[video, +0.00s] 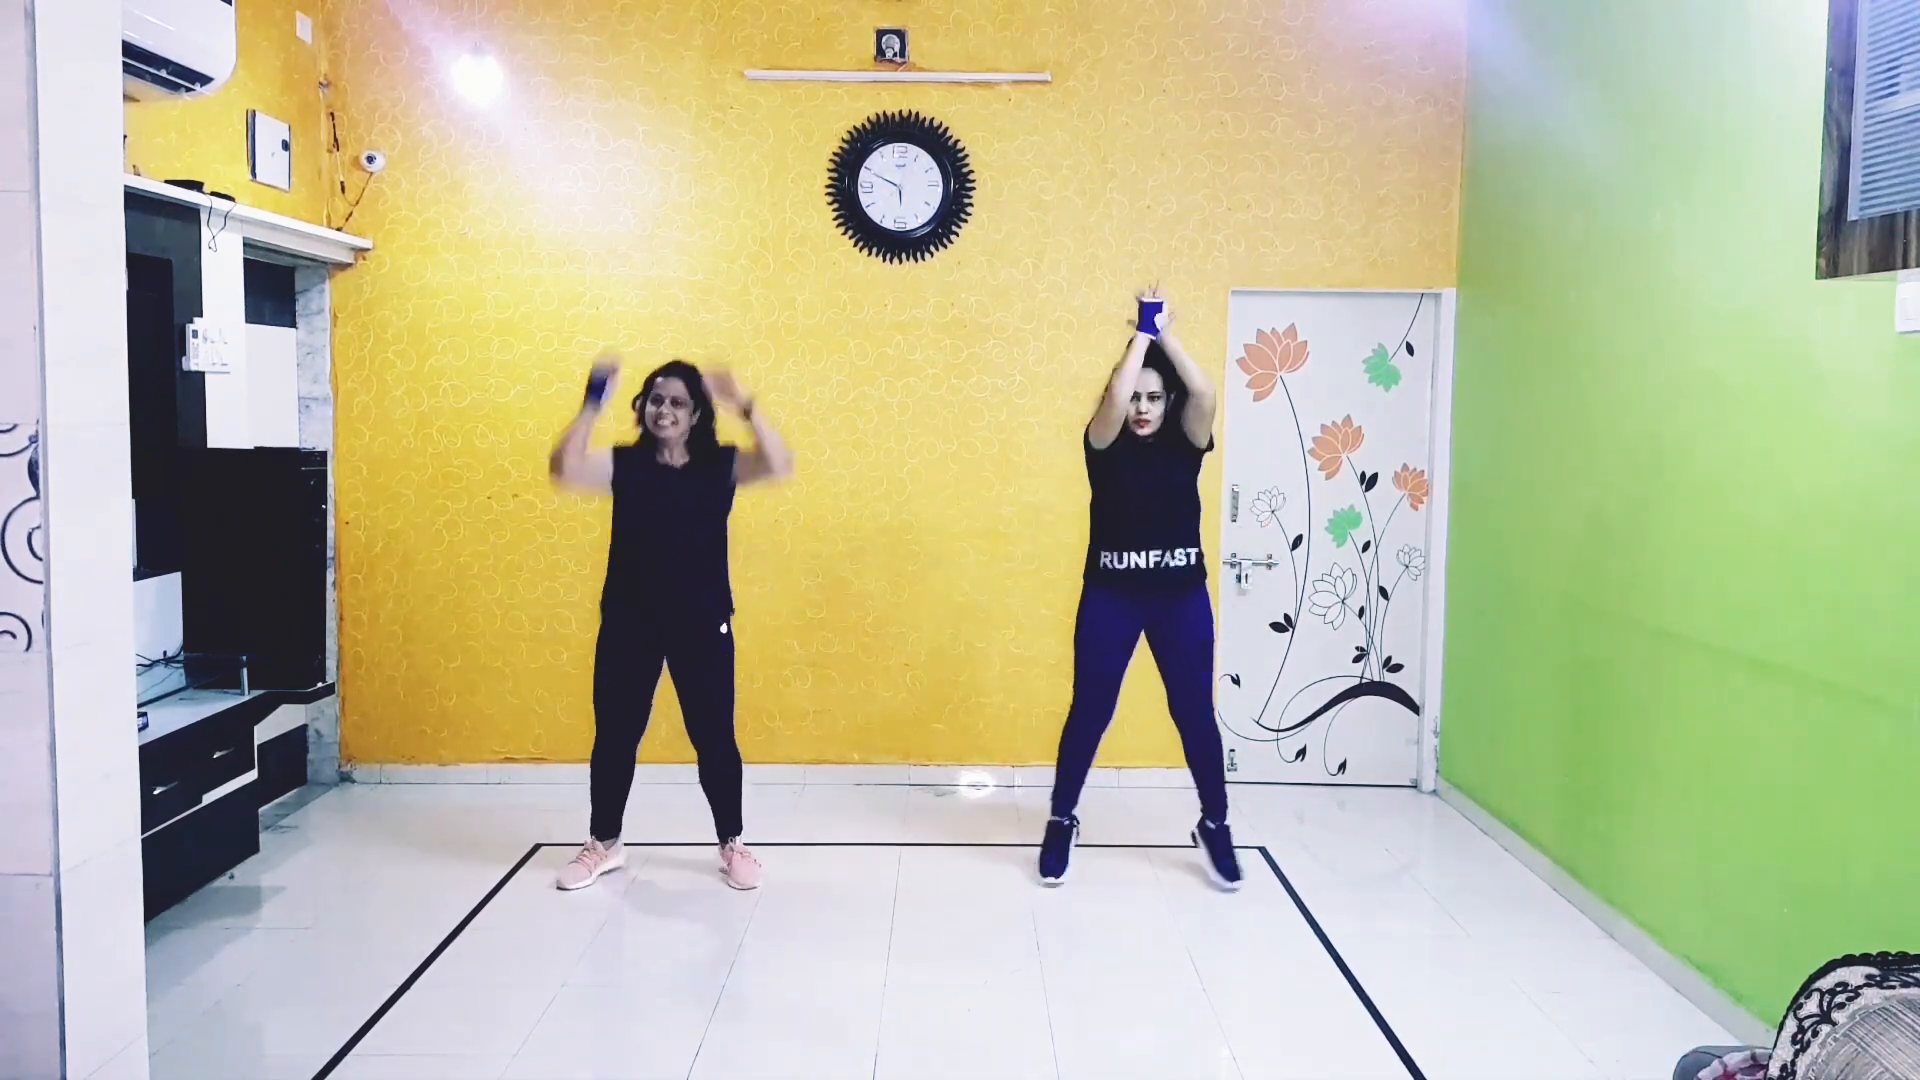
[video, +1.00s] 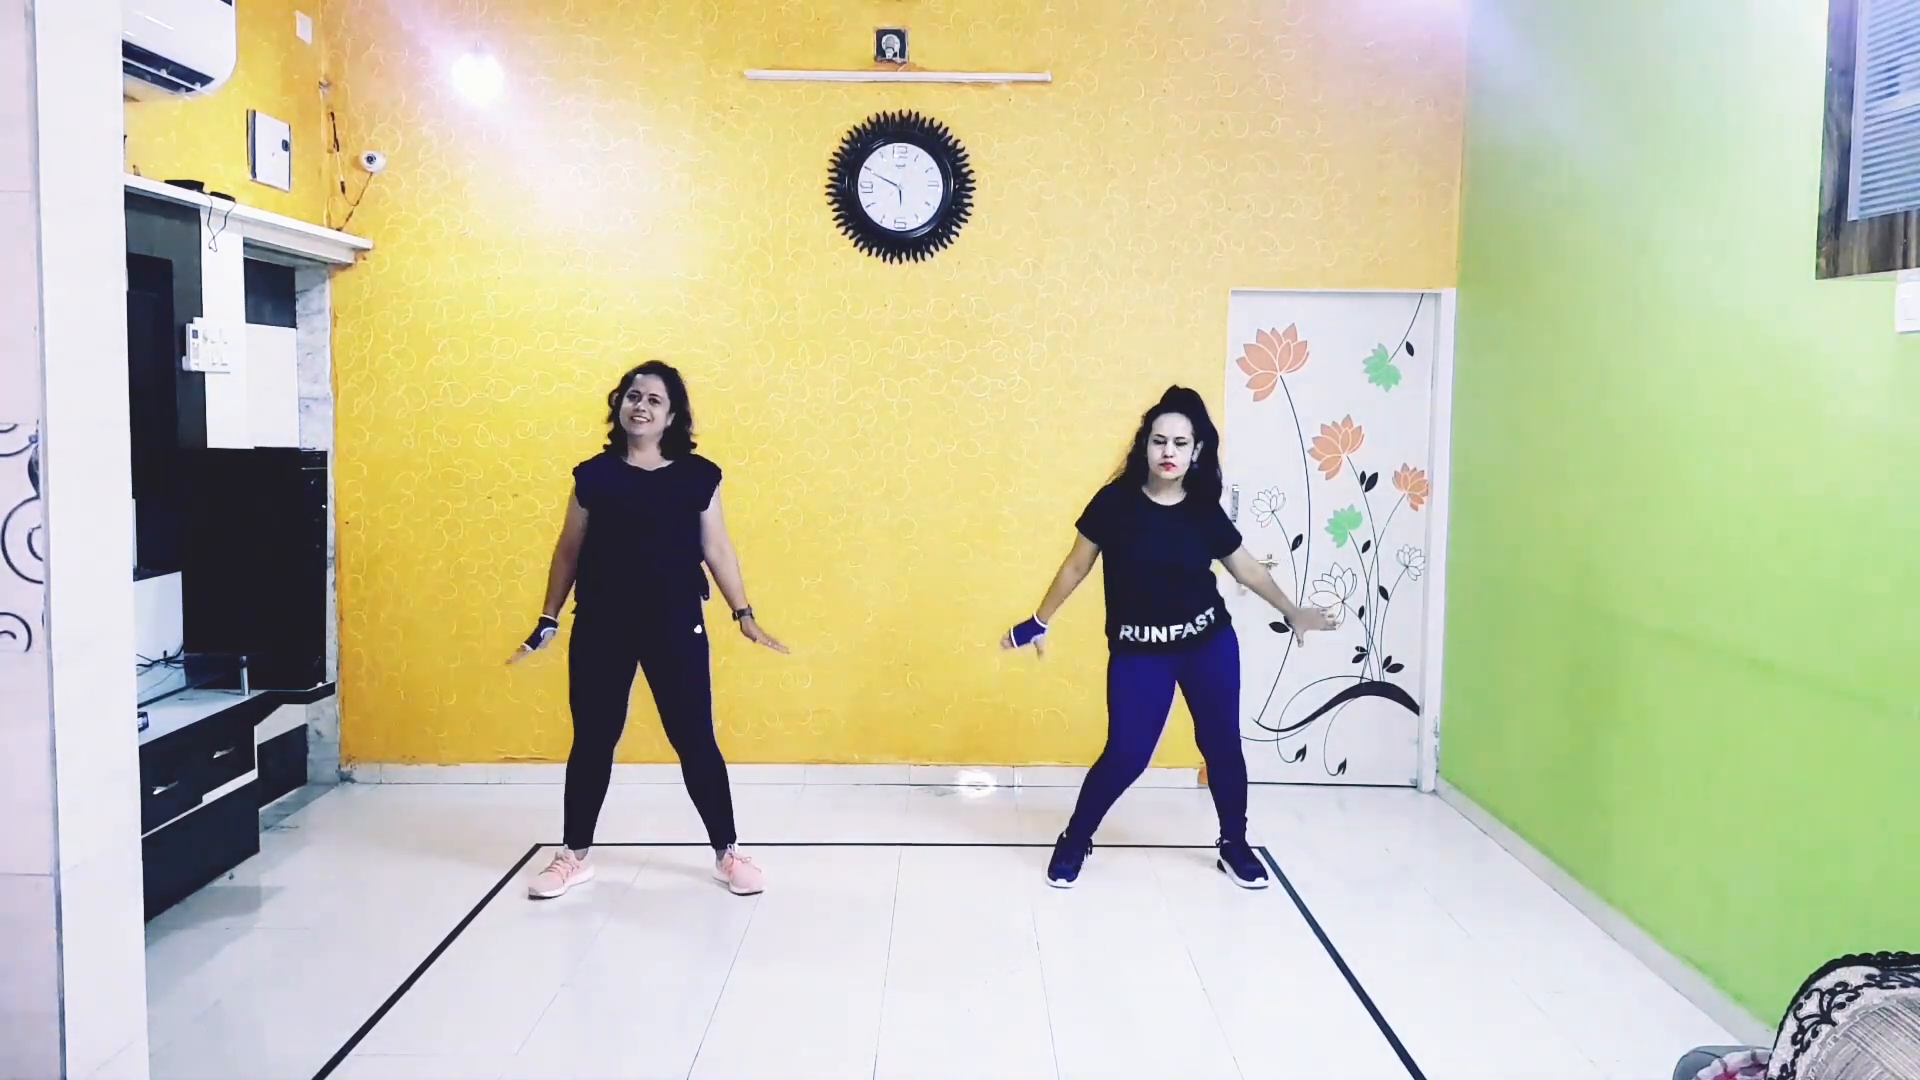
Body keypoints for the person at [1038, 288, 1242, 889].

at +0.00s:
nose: (1142, 407)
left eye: (1152, 398)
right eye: (1134, 398)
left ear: (1170, 403)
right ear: (1119, 401)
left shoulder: (1188, 441)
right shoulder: (1103, 442)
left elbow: (1203, 394)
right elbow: (1118, 396)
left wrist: (1164, 335)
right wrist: (1140, 337)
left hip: (1181, 596)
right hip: (1110, 596)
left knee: (1196, 712)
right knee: (1089, 711)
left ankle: (1216, 824)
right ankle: (1061, 822)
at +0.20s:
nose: (1152, 445)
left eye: (1164, 434)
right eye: (1143, 434)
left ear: (1182, 438)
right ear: (1128, 436)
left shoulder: (1200, 491)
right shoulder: (1106, 487)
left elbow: (1268, 516)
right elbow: (1051, 537)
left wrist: (1276, 501)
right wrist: (1091, 490)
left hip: (1195, 643)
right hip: (1123, 642)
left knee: (1222, 750)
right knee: (1103, 750)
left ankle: (1236, 843)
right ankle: (1073, 841)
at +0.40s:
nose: (1163, 448)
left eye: (1174, 438)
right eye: (1153, 437)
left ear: (1192, 442)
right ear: (1137, 440)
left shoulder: (1209, 497)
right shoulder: (1116, 500)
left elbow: (1225, 566)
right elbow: (1087, 563)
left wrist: (1239, 624)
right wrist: (1057, 617)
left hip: (1204, 643)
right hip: (1135, 646)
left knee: (1224, 748)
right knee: (1113, 748)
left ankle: (1234, 842)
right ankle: (1075, 841)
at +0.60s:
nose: (1167, 446)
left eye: (1179, 436)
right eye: (1158, 434)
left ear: (1196, 441)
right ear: (1142, 438)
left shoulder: (1213, 496)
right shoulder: (1120, 495)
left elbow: (1257, 552)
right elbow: (1072, 553)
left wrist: (1299, 590)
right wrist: (1025, 594)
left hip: (1203, 643)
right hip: (1132, 643)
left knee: (1221, 748)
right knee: (1110, 748)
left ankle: (1234, 843)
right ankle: (1074, 841)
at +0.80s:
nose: (1167, 444)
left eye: (1179, 434)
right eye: (1158, 431)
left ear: (1196, 440)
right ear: (1143, 435)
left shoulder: (1211, 496)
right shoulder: (1119, 494)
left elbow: (1254, 549)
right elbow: (1072, 551)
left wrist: (1299, 588)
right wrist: (1024, 594)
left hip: (1208, 643)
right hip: (1137, 644)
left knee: (1222, 747)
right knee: (1114, 750)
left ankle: (1234, 843)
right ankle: (1075, 842)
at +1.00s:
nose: (1169, 452)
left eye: (1181, 442)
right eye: (1159, 441)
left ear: (1196, 450)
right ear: (1144, 445)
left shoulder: (1203, 509)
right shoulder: (1113, 504)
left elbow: (1247, 568)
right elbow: (1075, 567)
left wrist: (1293, 610)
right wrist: (1040, 620)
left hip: (1208, 645)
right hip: (1140, 653)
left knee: (1223, 744)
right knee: (1126, 758)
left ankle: (1235, 842)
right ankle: (1075, 840)